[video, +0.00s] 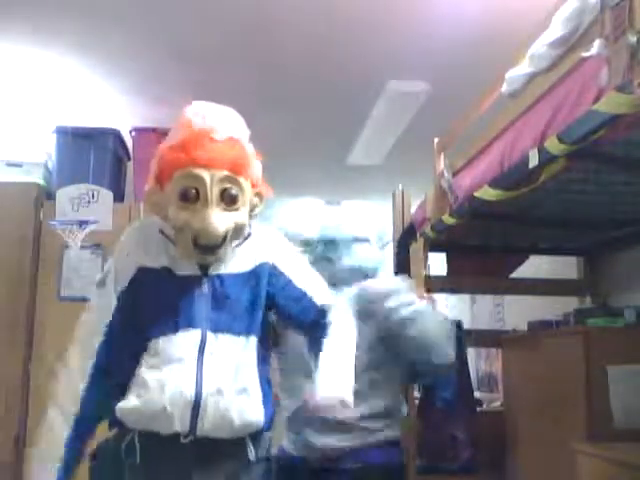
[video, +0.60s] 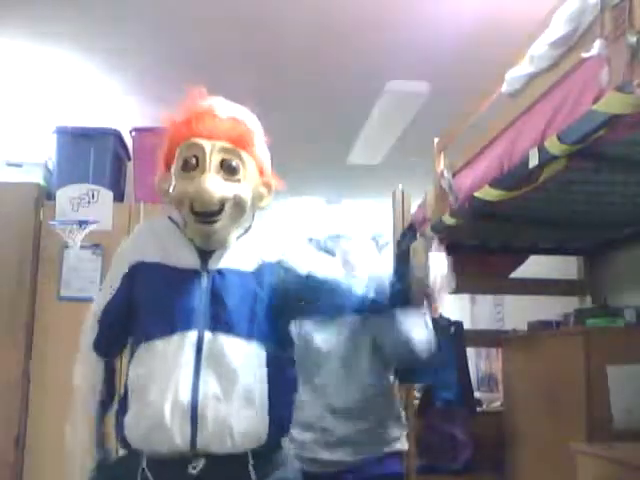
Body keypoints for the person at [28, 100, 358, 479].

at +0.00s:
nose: (210, 218)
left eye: (229, 197)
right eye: (190, 195)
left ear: (251, 203)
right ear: (162, 200)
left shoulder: (264, 263)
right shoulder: (146, 272)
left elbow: (328, 321)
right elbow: (111, 369)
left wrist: (331, 392)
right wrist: (70, 457)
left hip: (234, 453)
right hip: (148, 452)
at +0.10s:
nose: (211, 218)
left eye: (231, 196)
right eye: (192, 195)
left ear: (256, 199)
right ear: (164, 198)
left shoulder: (279, 270)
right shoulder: (143, 277)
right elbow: (116, 370)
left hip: (243, 450)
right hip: (151, 449)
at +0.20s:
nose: (213, 208)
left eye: (231, 187)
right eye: (192, 186)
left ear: (256, 193)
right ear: (165, 192)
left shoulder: (274, 258)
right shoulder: (143, 269)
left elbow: (365, 280)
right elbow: (117, 337)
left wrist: (307, 254)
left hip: (241, 443)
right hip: (151, 439)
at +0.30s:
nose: (213, 194)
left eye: (232, 174)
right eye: (192, 172)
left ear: (260, 183)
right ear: (166, 182)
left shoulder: (280, 241)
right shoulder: (148, 239)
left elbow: (361, 273)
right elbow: (120, 323)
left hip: (247, 445)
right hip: (152, 444)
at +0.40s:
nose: (209, 183)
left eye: (230, 166)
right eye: (191, 161)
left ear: (259, 186)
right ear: (169, 178)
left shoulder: (274, 260)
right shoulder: (144, 262)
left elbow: (359, 251)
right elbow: (113, 349)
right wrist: (122, 431)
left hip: (247, 463)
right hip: (149, 464)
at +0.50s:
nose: (207, 184)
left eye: (228, 168)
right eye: (190, 164)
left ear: (256, 190)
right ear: (169, 183)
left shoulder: (274, 271)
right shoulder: (143, 268)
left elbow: (368, 271)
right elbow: (107, 357)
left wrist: (422, 236)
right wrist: (114, 450)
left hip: (240, 464)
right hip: (148, 463)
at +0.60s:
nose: (207, 186)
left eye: (229, 167)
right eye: (190, 164)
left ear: (259, 188)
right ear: (170, 182)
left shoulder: (271, 267)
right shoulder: (144, 257)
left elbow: (355, 293)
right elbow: (97, 348)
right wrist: (91, 446)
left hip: (241, 465)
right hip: (149, 465)